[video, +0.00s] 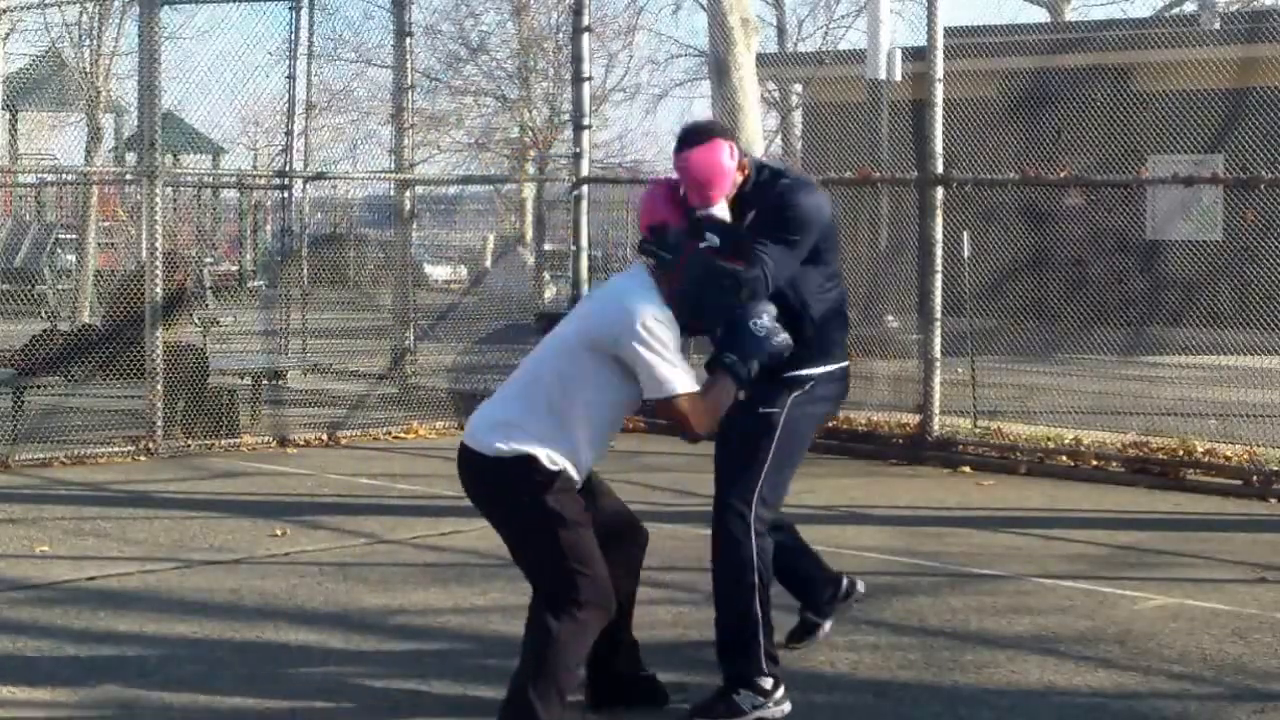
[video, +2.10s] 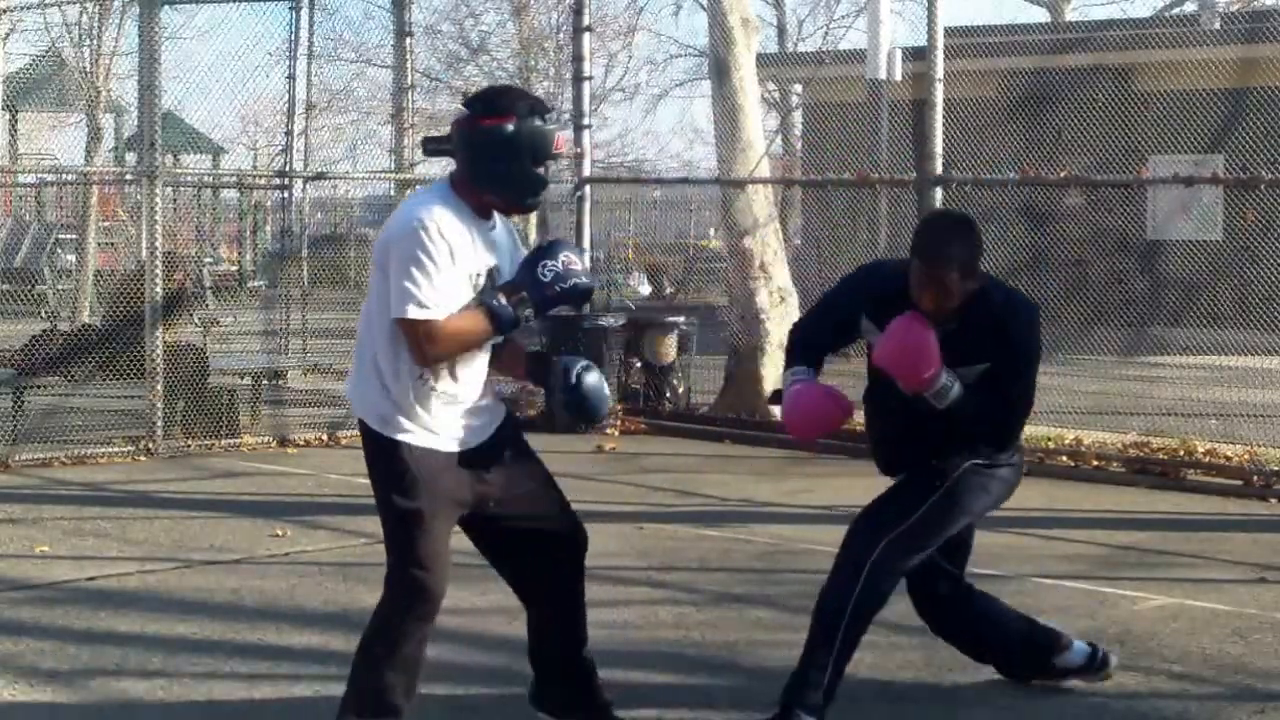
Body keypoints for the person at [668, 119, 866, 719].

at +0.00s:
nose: (711, 209)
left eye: (715, 196)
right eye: (701, 201)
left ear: (738, 167)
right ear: (685, 183)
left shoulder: (798, 202)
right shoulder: (728, 198)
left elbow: (755, 283)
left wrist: (706, 239)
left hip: (806, 375)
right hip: (755, 374)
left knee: (742, 515)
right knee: (742, 504)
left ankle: (756, 683)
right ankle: (823, 589)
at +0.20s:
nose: (752, 190)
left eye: (757, 179)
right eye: (744, 184)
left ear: (786, 163)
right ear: (751, 180)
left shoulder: (855, 195)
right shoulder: (777, 207)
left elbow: (813, 268)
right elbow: (743, 291)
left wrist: (769, 204)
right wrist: (717, 226)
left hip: (860, 374)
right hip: (816, 374)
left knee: (812, 507)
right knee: (784, 504)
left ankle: (791, 661)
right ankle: (849, 612)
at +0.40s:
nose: (793, 160)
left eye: (797, 148)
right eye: (787, 154)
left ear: (826, 130)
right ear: (815, 140)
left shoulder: (884, 158)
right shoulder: (834, 177)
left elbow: (850, 231)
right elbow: (793, 260)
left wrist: (805, 171)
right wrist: (755, 206)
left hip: (908, 346)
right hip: (884, 348)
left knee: (840, 492)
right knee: (861, 483)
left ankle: (877, 646)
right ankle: (914, 593)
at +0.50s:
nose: (830, 170)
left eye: (834, 158)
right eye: (822, 161)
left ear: (864, 144)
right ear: (831, 156)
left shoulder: (912, 179)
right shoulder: (856, 196)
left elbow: (897, 259)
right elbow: (827, 281)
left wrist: (842, 201)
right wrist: (791, 230)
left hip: (923, 367)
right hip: (907, 367)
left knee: (843, 496)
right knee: (913, 492)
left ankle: (875, 650)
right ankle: (991, 608)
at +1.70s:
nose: (843, 232)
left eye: (845, 221)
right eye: (841, 223)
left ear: (874, 212)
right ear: (884, 204)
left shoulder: (953, 242)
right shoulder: (891, 250)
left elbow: (938, 340)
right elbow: (857, 337)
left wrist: (862, 291)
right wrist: (818, 304)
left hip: (978, 431)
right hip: (955, 428)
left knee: (887, 537)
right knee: (973, 541)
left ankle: (820, 699)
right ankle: (1057, 643)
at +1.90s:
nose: (883, 397)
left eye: (894, 386)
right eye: (872, 385)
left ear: (916, 360)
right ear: (851, 357)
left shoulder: (951, 369)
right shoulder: (825, 339)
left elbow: (946, 476)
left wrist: (881, 466)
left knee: (832, 556)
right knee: (894, 629)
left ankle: (793, 702)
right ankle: (1029, 630)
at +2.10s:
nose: (931, 302)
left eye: (945, 293)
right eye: (925, 287)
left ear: (973, 279)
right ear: (910, 266)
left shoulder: (1011, 316)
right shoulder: (877, 286)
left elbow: (1003, 429)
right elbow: (810, 333)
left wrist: (937, 386)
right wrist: (800, 383)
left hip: (983, 461)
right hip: (918, 462)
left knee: (871, 542)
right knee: (940, 598)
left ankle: (802, 706)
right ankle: (1068, 658)